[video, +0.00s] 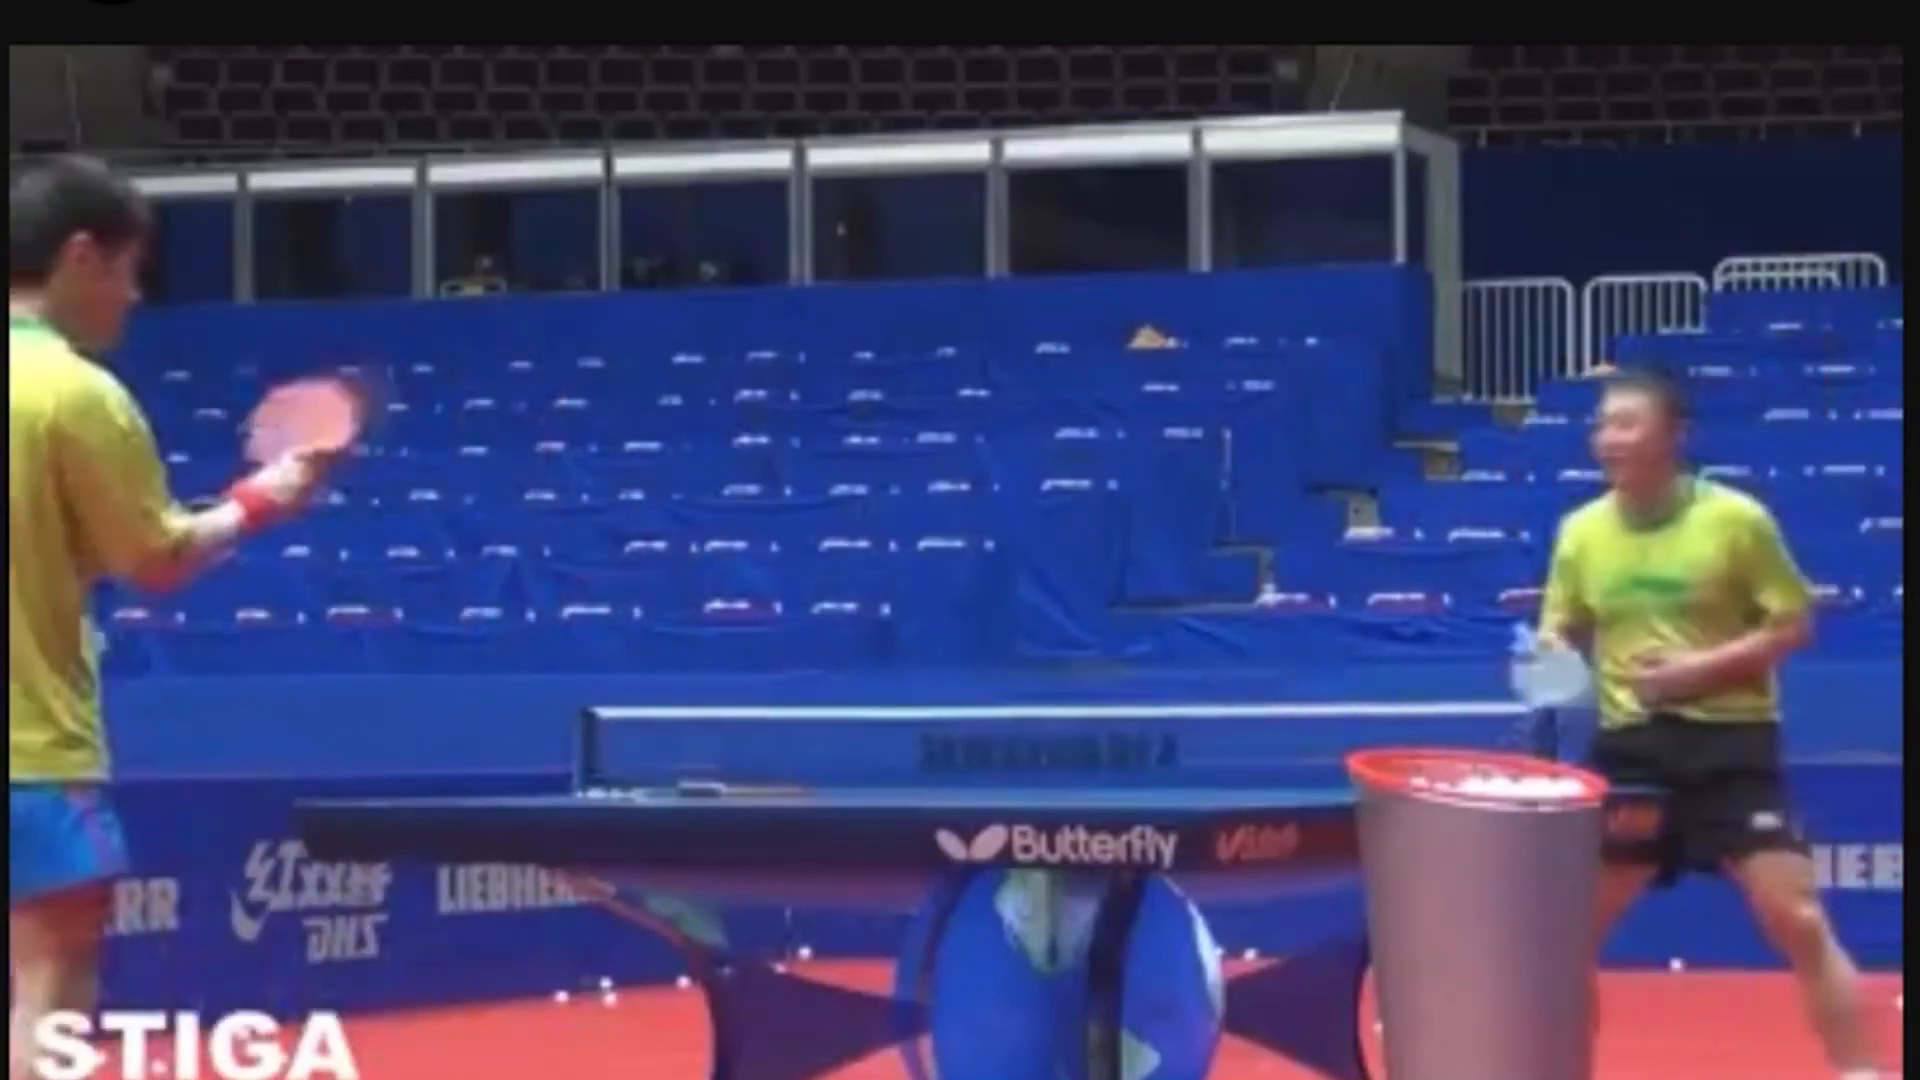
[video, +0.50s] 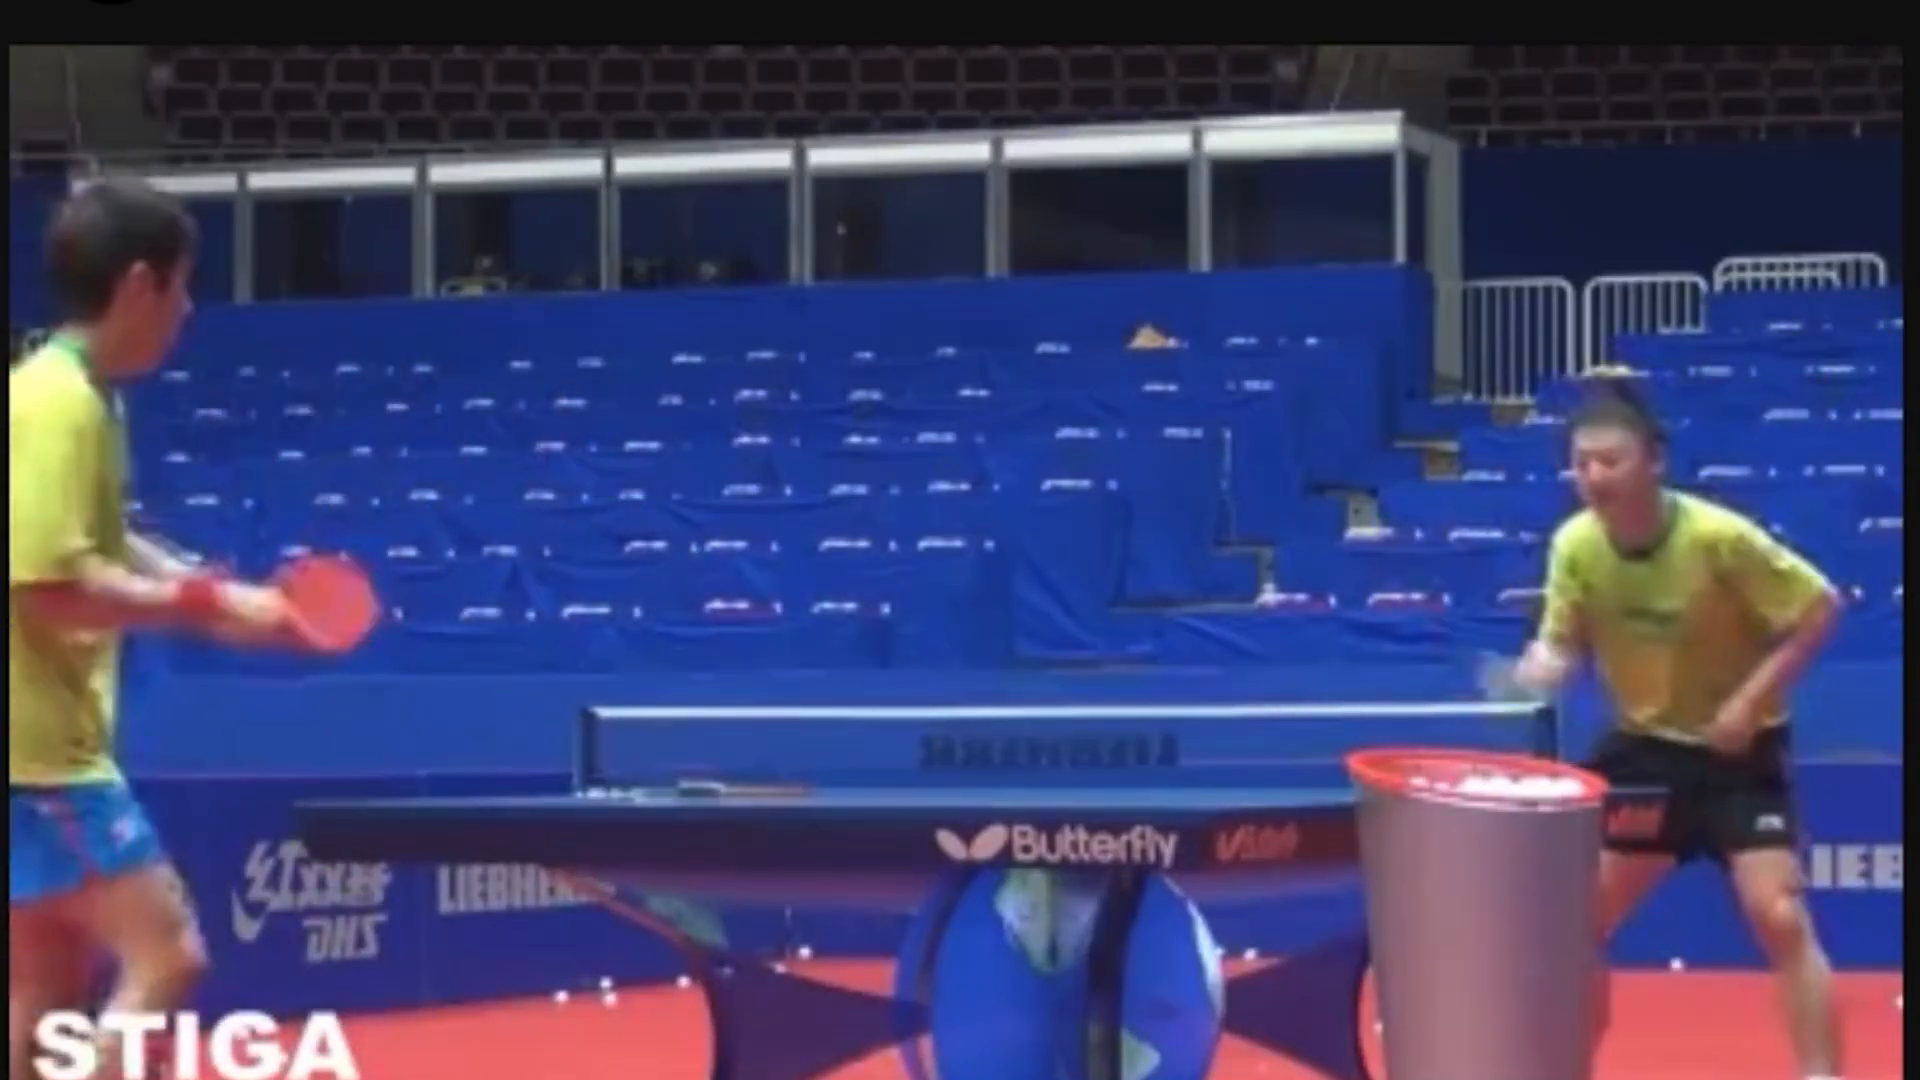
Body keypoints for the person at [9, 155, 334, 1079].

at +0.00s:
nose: (133, 298)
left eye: (135, 274)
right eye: (128, 271)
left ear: (64, 258)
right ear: (79, 256)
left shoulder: (31, 377)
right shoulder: (73, 394)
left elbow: (93, 546)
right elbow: (155, 561)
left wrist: (217, 510)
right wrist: (261, 501)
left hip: (27, 745)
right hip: (38, 750)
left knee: (42, 984)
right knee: (52, 992)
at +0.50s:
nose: (187, 312)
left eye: (186, 288)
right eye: (180, 287)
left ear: (120, 288)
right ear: (135, 287)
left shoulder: (77, 398)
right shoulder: (53, 402)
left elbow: (105, 546)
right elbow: (49, 590)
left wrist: (228, 595)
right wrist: (205, 607)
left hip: (47, 751)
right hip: (42, 757)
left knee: (44, 979)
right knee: (165, 953)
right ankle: (87, 1077)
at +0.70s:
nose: (209, 328)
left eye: (208, 306)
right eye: (200, 305)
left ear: (146, 308)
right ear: (153, 306)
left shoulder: (160, 419)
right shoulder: (52, 435)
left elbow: (216, 530)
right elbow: (26, 623)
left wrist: (324, 578)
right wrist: (157, 696)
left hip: (99, 756)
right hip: (48, 764)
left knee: (86, 996)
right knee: (143, 984)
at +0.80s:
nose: (231, 343)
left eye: (231, 322)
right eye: (223, 320)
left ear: (170, 325)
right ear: (172, 324)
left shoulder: (199, 435)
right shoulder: (57, 465)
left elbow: (288, 520)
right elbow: (20, 670)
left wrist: (411, 570)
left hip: (136, 782)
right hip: (77, 790)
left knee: (112, 1001)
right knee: (190, 981)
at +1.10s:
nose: (282, 406)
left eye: (281, 386)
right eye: (274, 384)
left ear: (218, 392)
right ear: (221, 391)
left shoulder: (256, 471)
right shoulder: (104, 535)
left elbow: (363, 544)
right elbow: (14, 644)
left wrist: (512, 532)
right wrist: (94, 797)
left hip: (168, 799)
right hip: (88, 807)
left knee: (166, 1035)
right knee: (274, 996)